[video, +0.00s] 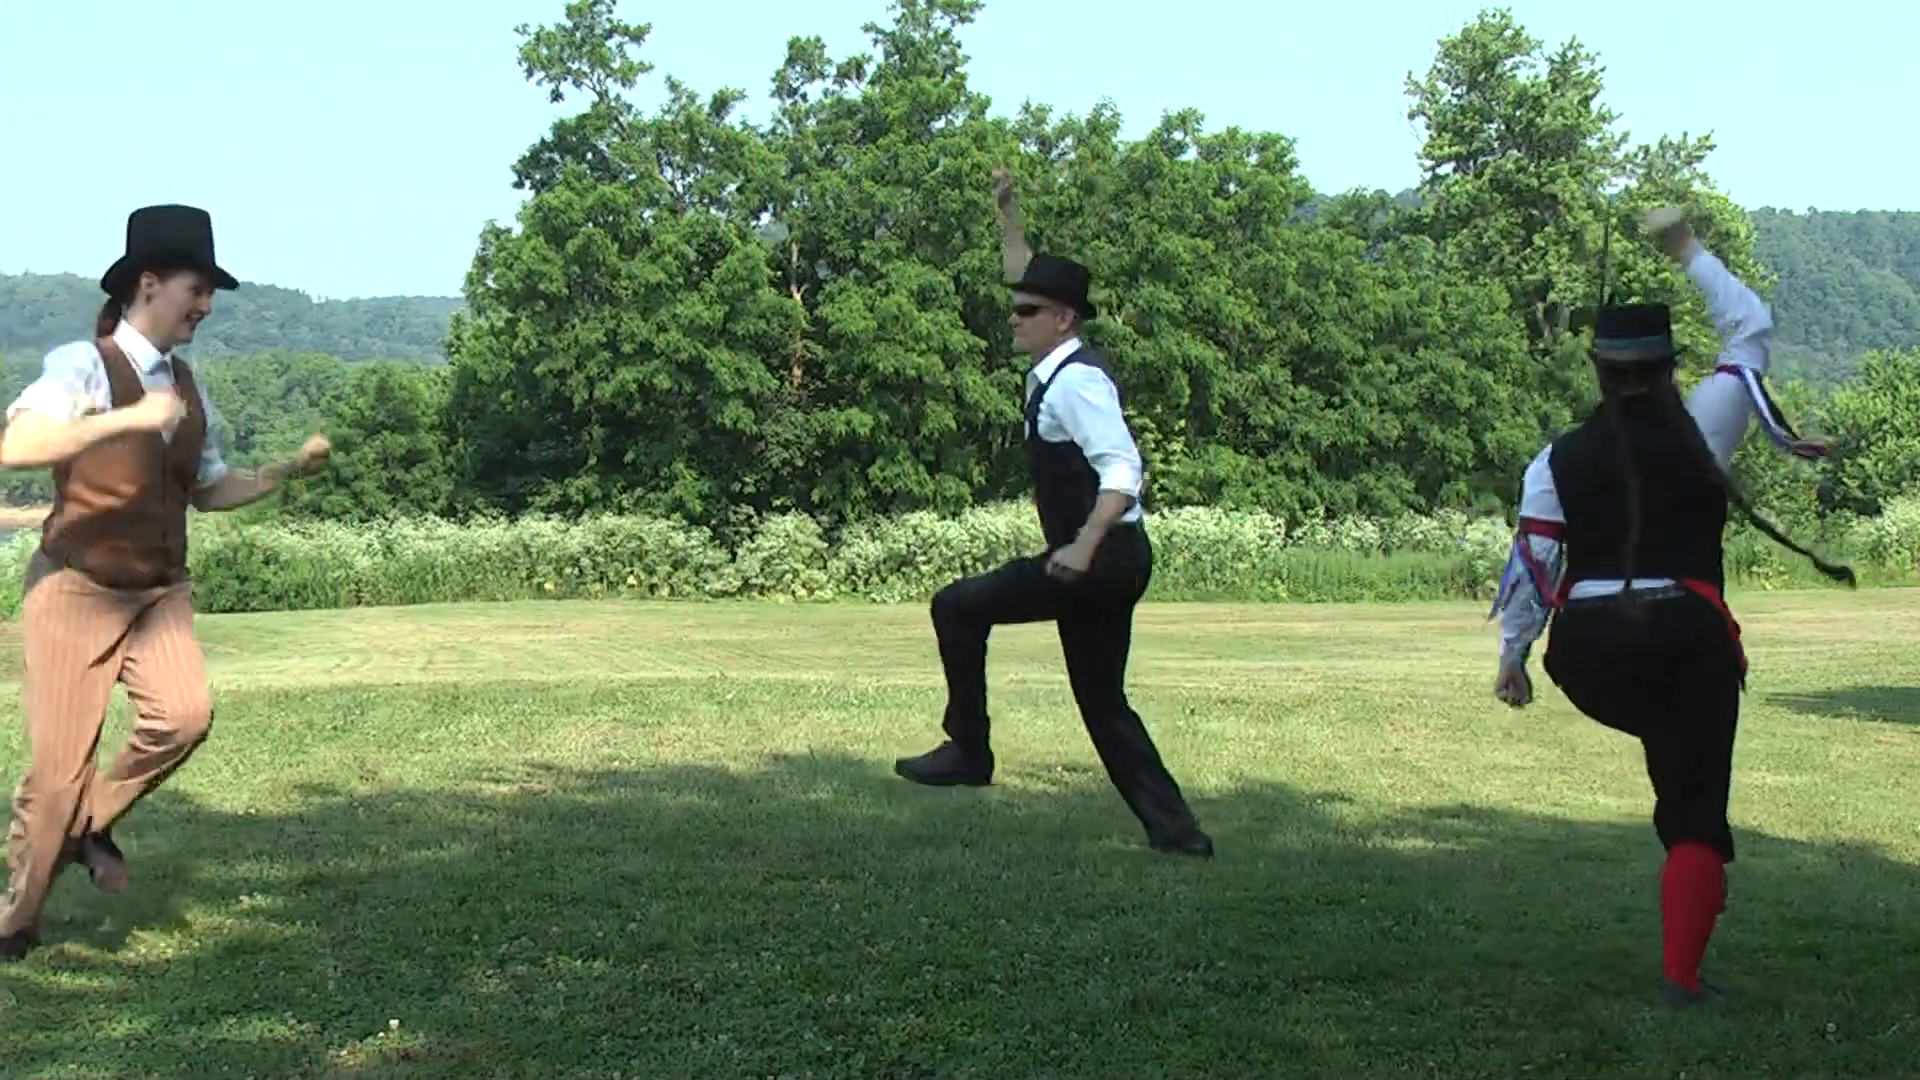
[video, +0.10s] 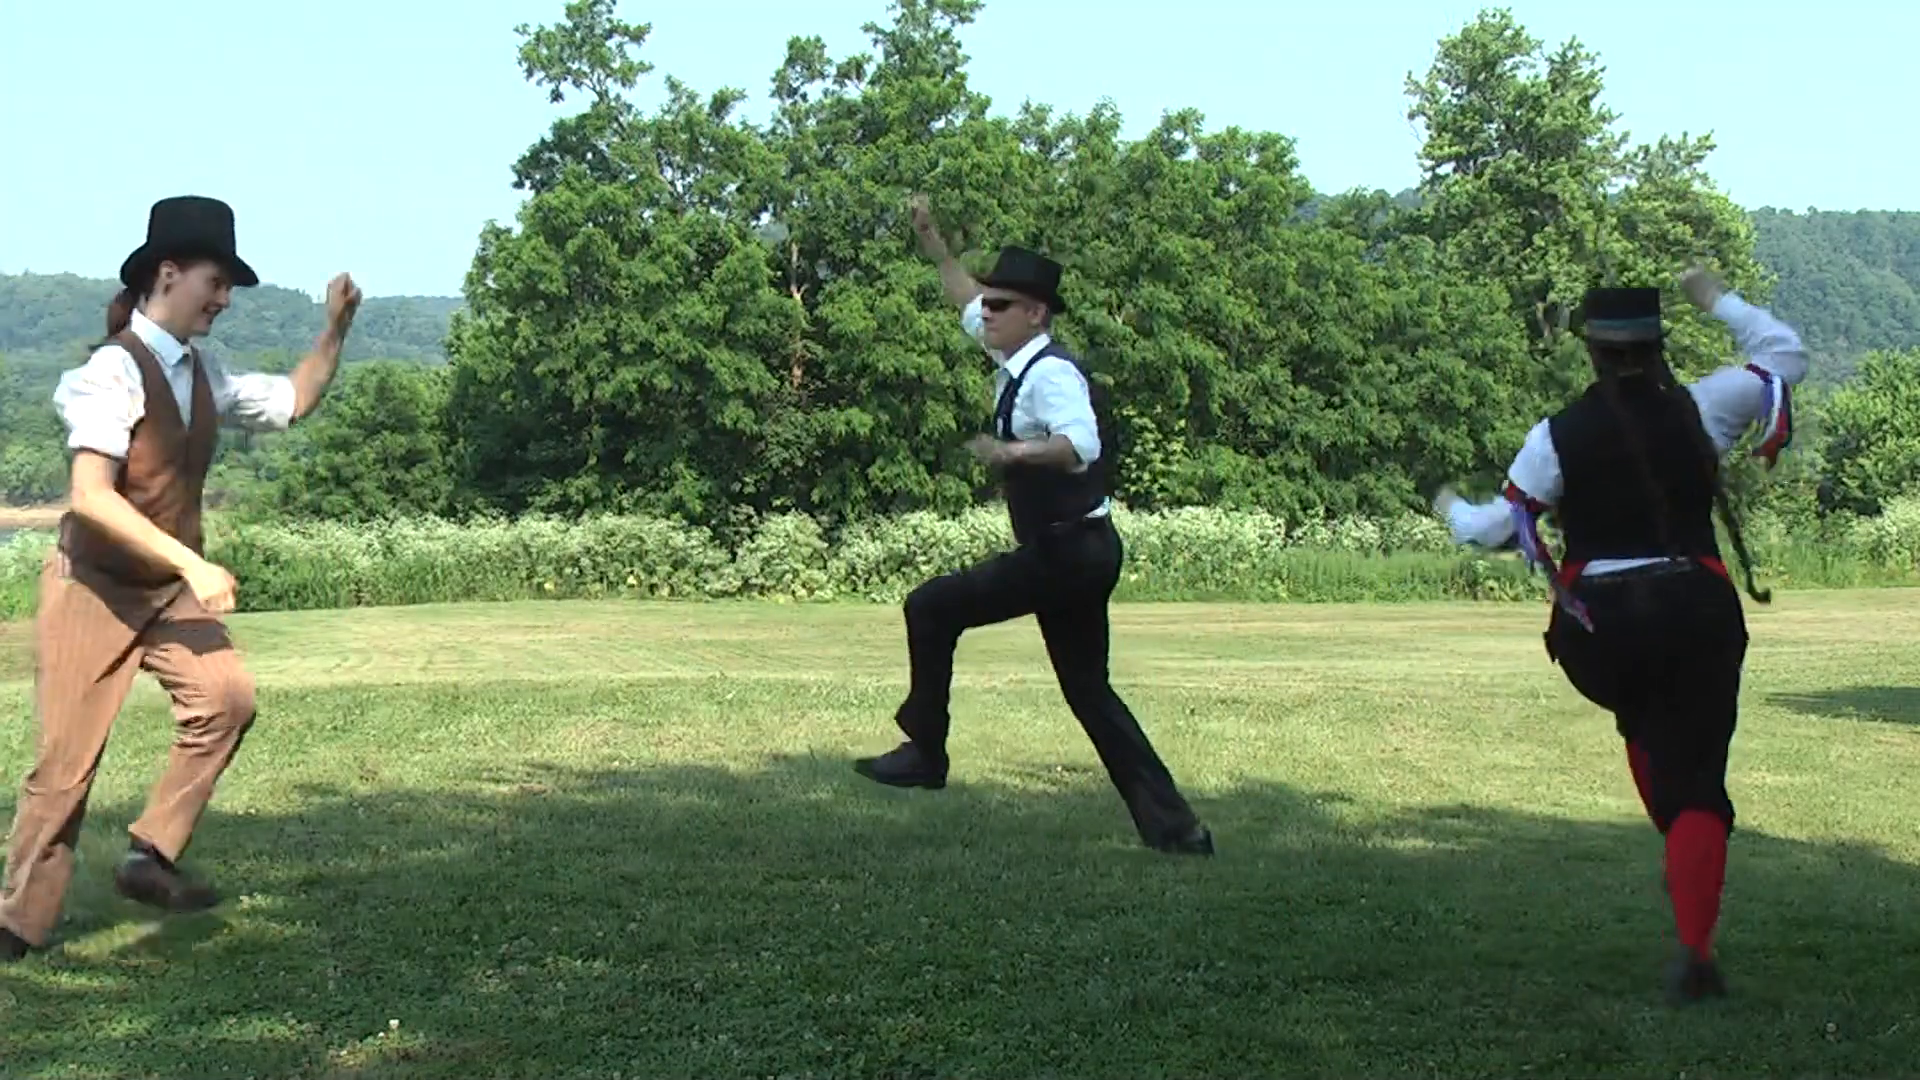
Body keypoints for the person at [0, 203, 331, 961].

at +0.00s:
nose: (206, 305)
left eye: (210, 291)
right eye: (197, 287)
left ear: (166, 290)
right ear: (149, 283)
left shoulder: (183, 379)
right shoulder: (81, 366)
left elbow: (211, 489)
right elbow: (17, 445)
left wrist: (291, 467)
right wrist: (128, 418)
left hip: (160, 593)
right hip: (76, 593)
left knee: (183, 718)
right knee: (59, 776)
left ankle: (88, 816)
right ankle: (17, 929)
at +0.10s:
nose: (225, 299)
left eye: (229, 286)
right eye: (217, 281)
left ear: (181, 281)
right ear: (168, 273)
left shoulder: (202, 368)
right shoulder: (113, 370)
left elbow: (291, 402)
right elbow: (90, 497)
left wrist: (335, 330)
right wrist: (192, 564)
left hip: (172, 586)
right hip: (92, 589)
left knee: (226, 700)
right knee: (65, 766)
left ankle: (151, 857)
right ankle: (17, 927)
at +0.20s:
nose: (264, 278)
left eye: (266, 266)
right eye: (254, 263)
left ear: (233, 271)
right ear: (202, 265)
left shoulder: (250, 342)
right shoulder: (160, 362)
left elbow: (322, 295)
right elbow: (144, 491)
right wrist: (205, 591)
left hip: (216, 578)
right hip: (136, 577)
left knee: (272, 701)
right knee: (85, 752)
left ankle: (210, 881)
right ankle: (11, 902)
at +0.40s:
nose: (355, 284)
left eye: (354, 273)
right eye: (343, 273)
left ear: (319, 289)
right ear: (298, 288)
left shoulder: (341, 361)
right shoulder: (266, 378)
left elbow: (374, 261)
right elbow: (219, 492)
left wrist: (367, 150)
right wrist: (285, 596)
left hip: (319, 610)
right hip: (244, 604)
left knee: (320, 794)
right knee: (221, 805)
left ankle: (256, 958)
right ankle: (83, 837)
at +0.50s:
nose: (412, 254)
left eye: (409, 240)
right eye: (397, 240)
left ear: (371, 253)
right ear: (352, 251)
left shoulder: (375, 322)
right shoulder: (322, 336)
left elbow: (414, 222)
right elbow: (270, 454)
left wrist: (414, 118)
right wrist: (311, 561)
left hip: (362, 575)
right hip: (320, 573)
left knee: (339, 771)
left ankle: (259, 952)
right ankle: (203, 795)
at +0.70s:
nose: (512, 227)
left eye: (511, 211)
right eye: (504, 212)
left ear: (456, 214)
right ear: (468, 213)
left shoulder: (457, 278)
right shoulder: (441, 295)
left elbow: (477, 179)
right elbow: (422, 423)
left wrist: (491, 75)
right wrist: (451, 539)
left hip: (477, 518)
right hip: (463, 520)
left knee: (472, 727)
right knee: (508, 721)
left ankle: (404, 926)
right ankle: (316, 732)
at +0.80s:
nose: (573, 272)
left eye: (571, 258)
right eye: (567, 258)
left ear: (514, 253)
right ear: (532, 256)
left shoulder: (493, 320)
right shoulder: (524, 340)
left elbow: (515, 212)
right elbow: (502, 466)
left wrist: (524, 106)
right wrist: (545, 578)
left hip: (501, 560)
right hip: (525, 565)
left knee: (525, 775)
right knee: (582, 771)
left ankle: (515, 968)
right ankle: (402, 762)